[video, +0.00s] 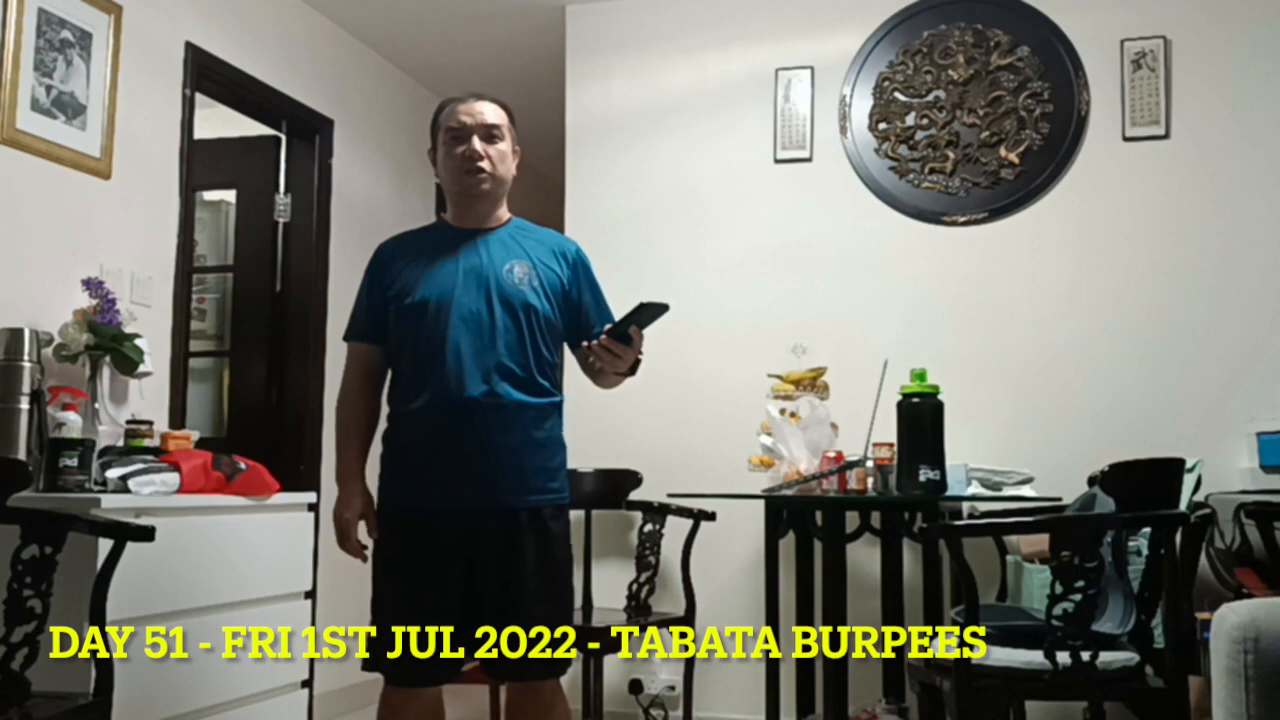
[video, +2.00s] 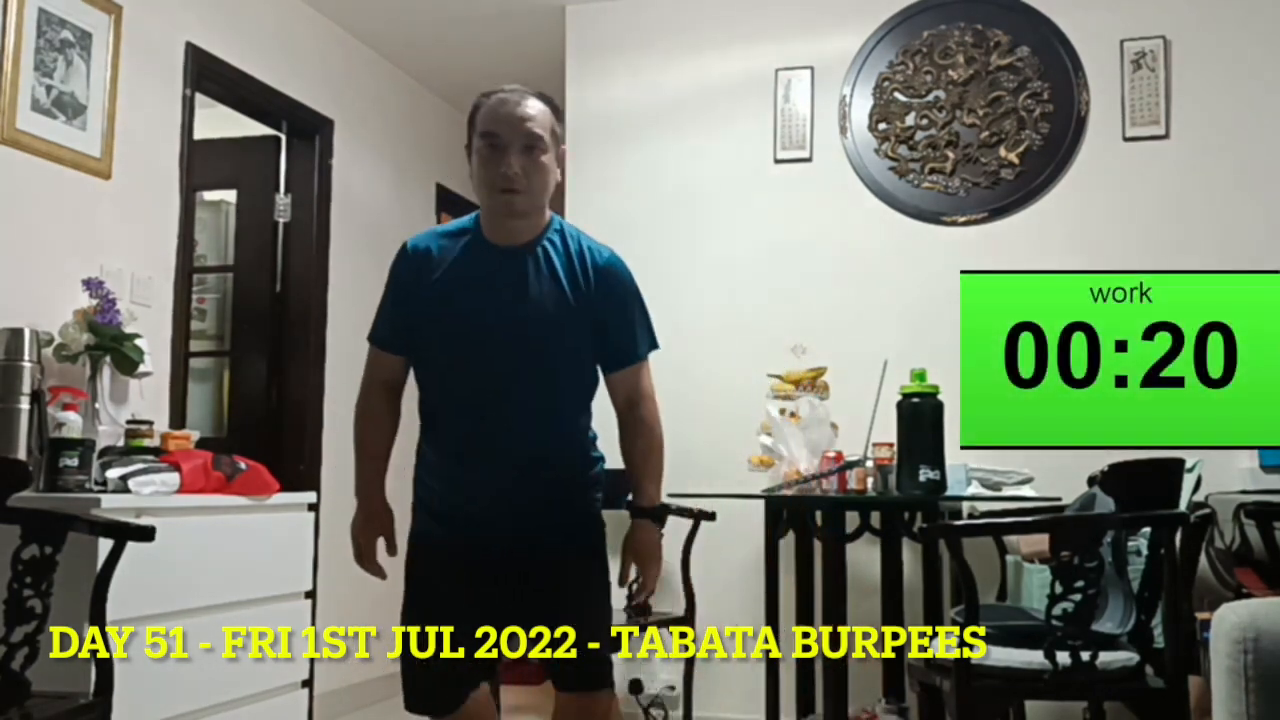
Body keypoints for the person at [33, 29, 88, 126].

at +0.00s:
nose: (66, 52)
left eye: (69, 48)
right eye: (63, 49)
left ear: (74, 49)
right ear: (61, 50)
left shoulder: (79, 66)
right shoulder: (61, 60)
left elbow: (69, 89)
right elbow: (57, 82)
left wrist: (48, 82)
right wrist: (49, 101)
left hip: (79, 102)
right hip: (62, 94)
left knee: (63, 98)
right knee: (47, 88)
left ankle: (69, 119)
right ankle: (61, 116)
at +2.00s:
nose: (66, 51)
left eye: (69, 48)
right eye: (63, 49)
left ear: (74, 49)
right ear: (61, 50)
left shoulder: (79, 66)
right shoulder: (62, 60)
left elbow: (69, 89)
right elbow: (57, 81)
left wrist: (49, 82)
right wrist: (49, 101)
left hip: (79, 102)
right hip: (64, 95)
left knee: (64, 98)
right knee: (48, 88)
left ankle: (70, 119)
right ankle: (61, 116)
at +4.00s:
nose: (66, 51)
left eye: (69, 48)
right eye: (63, 48)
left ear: (74, 49)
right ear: (61, 50)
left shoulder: (79, 66)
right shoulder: (61, 60)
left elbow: (70, 89)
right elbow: (57, 81)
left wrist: (49, 82)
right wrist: (49, 100)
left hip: (80, 102)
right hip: (63, 95)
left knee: (64, 98)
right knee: (48, 88)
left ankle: (70, 120)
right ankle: (61, 116)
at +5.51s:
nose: (66, 53)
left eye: (69, 48)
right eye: (63, 50)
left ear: (74, 49)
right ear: (60, 51)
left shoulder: (79, 66)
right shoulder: (61, 60)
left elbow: (69, 89)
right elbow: (57, 81)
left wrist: (49, 82)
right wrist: (49, 101)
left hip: (78, 102)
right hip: (62, 95)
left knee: (64, 98)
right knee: (47, 88)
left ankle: (70, 120)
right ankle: (60, 116)